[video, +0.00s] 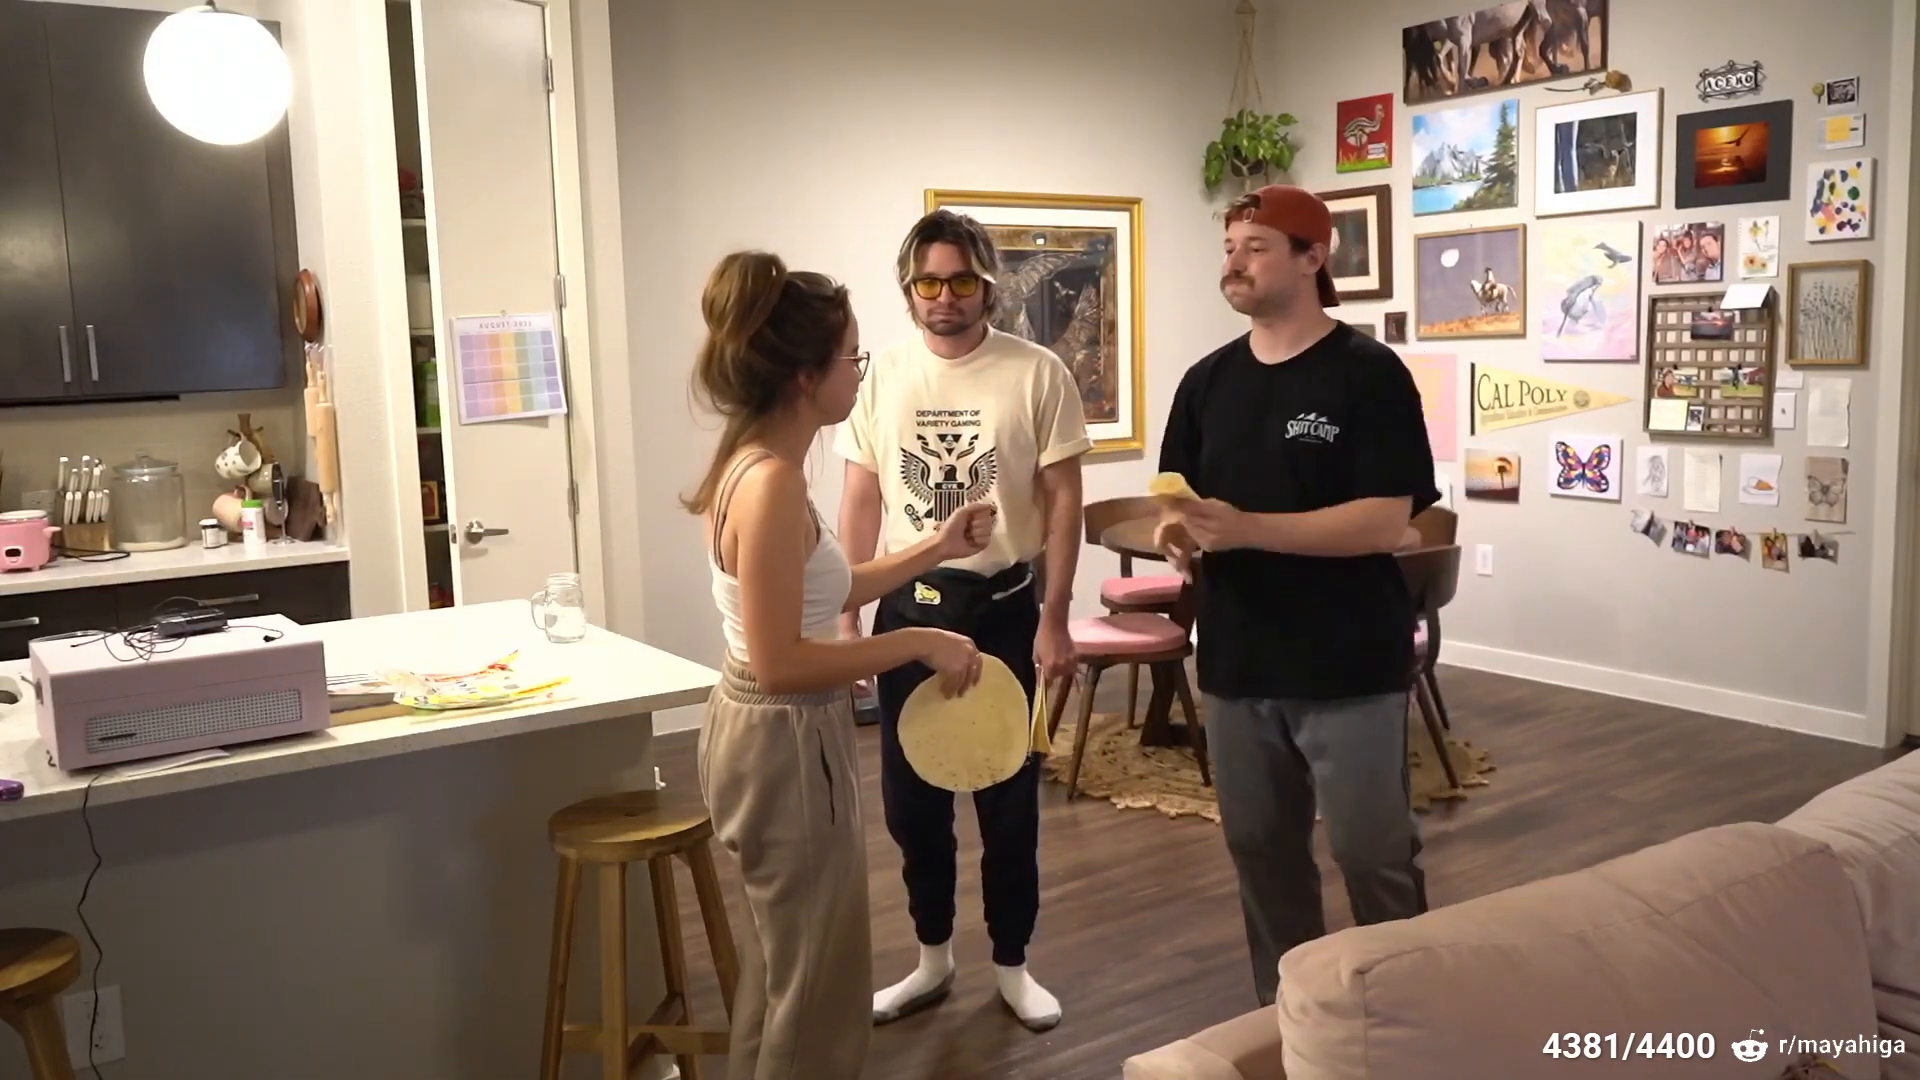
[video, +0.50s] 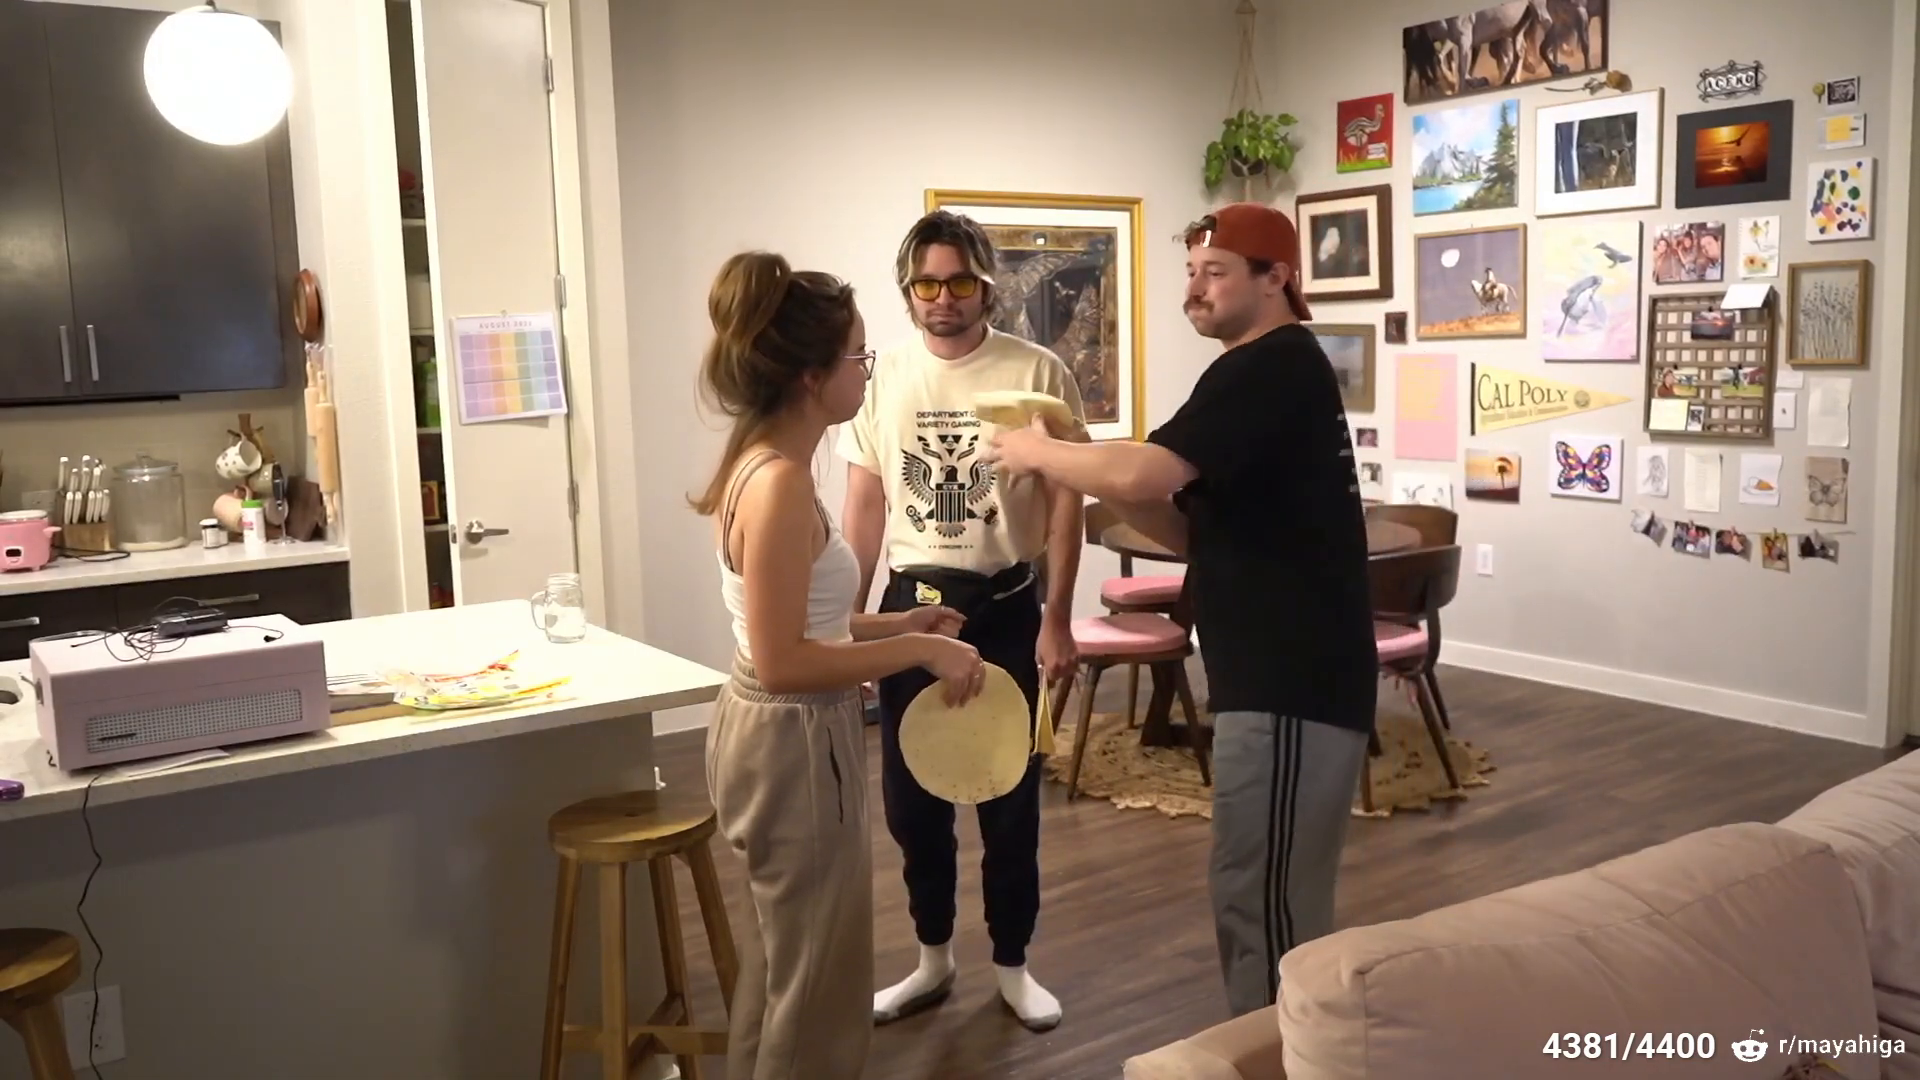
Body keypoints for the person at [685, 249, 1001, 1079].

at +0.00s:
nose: (861, 371)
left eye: (857, 356)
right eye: (852, 359)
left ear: (795, 377)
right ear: (805, 376)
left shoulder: (753, 468)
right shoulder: (770, 482)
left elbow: (823, 592)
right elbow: (780, 665)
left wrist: (937, 546)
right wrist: (924, 646)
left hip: (761, 730)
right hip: (785, 744)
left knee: (781, 968)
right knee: (815, 978)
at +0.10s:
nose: (866, 370)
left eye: (862, 355)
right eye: (856, 359)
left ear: (799, 379)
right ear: (808, 379)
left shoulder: (761, 468)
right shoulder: (771, 482)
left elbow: (816, 606)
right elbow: (777, 665)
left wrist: (924, 571)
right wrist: (923, 648)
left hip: (772, 731)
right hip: (786, 745)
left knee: (782, 968)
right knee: (815, 979)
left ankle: (762, 1074)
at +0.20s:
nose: (867, 371)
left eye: (863, 355)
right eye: (857, 359)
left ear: (802, 379)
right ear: (808, 379)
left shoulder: (765, 468)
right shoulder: (771, 482)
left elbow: (801, 612)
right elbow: (775, 665)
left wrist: (912, 598)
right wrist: (915, 652)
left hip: (780, 730)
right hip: (786, 743)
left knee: (787, 965)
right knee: (817, 976)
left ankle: (764, 1072)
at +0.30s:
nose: (868, 370)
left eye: (864, 355)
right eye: (858, 358)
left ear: (803, 378)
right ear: (810, 378)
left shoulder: (767, 469)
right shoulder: (775, 483)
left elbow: (798, 619)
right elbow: (775, 664)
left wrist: (905, 613)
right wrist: (916, 653)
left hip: (780, 732)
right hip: (791, 745)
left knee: (786, 968)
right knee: (818, 979)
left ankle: (762, 1073)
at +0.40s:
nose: (869, 369)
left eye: (864, 353)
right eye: (859, 356)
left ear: (804, 377)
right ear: (812, 378)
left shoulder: (770, 469)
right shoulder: (777, 482)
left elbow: (802, 623)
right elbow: (780, 664)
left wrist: (903, 620)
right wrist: (918, 653)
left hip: (785, 732)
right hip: (793, 744)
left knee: (787, 965)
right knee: (818, 977)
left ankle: (761, 1072)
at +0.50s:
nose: (869, 369)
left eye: (864, 353)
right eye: (858, 356)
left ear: (804, 377)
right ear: (811, 378)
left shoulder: (767, 468)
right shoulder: (777, 483)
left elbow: (797, 625)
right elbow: (779, 664)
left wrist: (900, 623)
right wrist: (919, 653)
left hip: (780, 731)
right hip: (792, 743)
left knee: (786, 963)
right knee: (817, 976)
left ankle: (762, 1074)